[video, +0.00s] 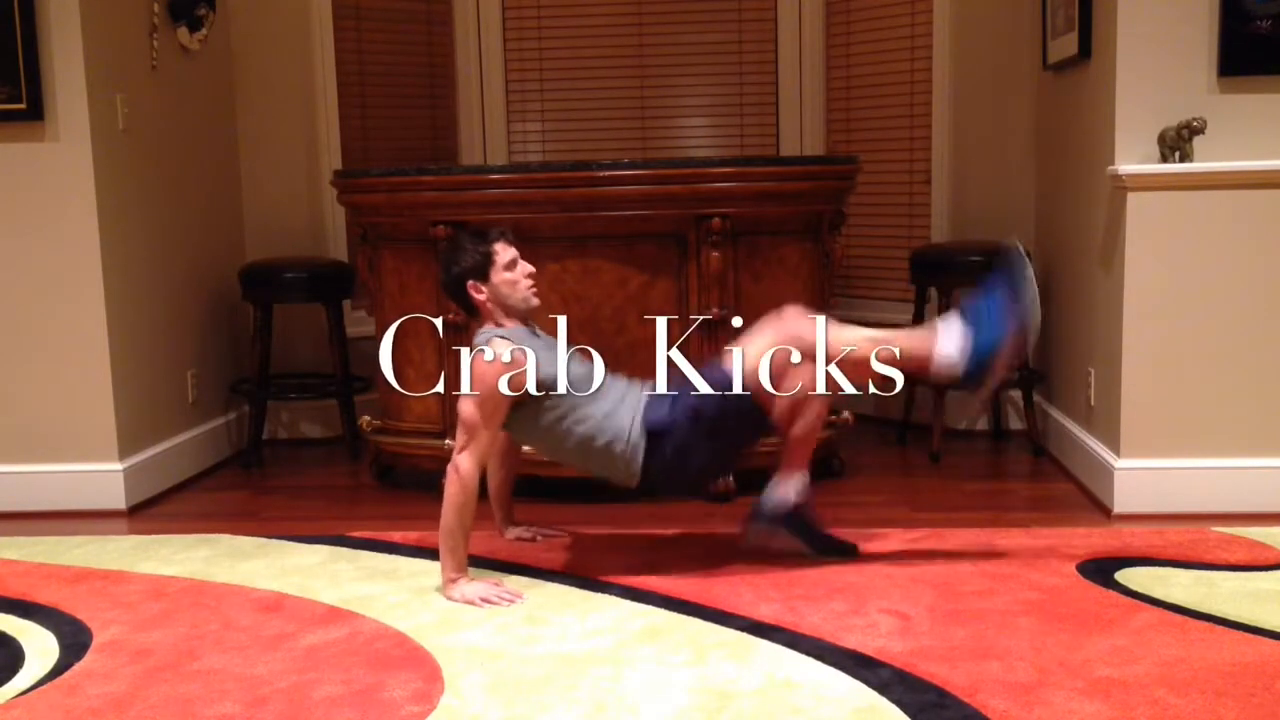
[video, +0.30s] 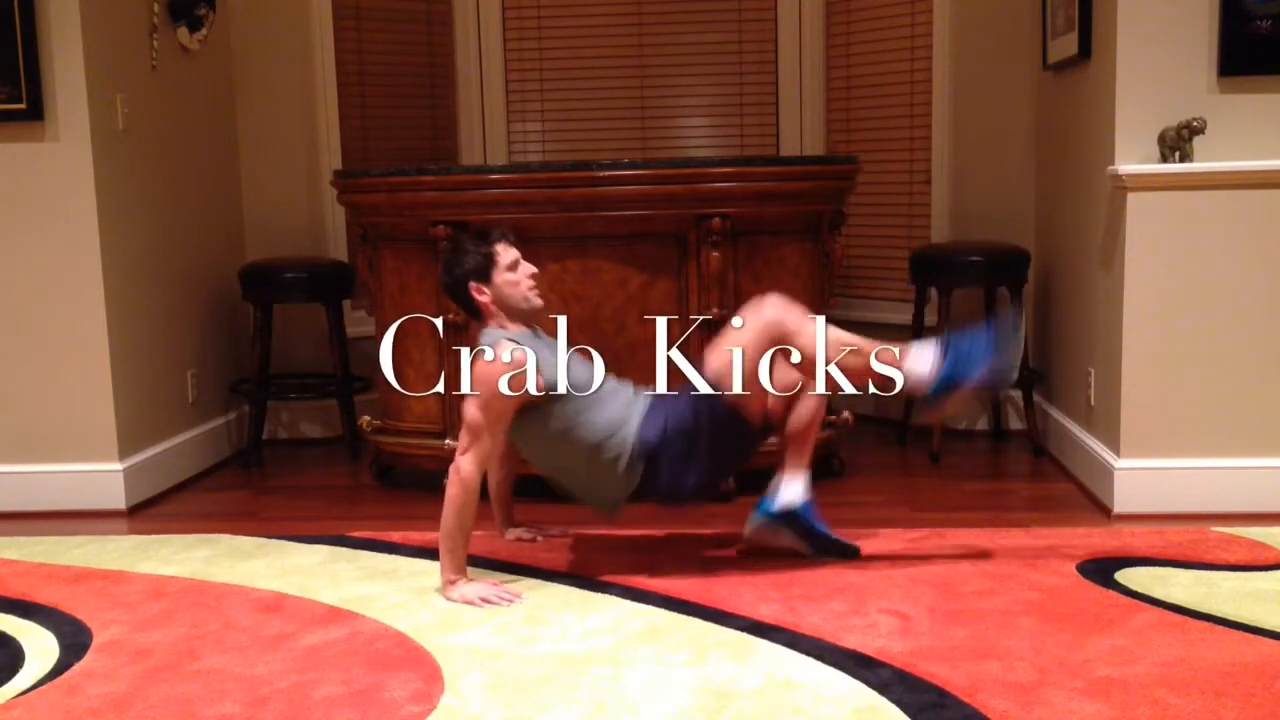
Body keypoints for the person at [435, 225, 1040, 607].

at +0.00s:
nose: (528, 272)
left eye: (523, 262)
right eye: (512, 268)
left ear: (509, 281)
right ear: (480, 294)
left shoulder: (522, 342)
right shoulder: (496, 360)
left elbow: (503, 441)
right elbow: (462, 466)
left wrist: (503, 523)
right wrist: (453, 577)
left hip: (668, 420)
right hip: (661, 446)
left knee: (803, 341)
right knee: (795, 333)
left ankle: (783, 503)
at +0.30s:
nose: (532, 273)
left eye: (525, 262)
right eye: (515, 268)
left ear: (507, 284)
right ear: (483, 295)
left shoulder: (525, 345)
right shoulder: (499, 361)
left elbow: (501, 443)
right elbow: (464, 467)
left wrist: (502, 523)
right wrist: (452, 577)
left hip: (669, 431)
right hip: (661, 449)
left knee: (811, 353)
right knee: (775, 316)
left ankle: (785, 500)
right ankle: (921, 366)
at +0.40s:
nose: (523, 268)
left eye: (517, 258)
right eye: (507, 263)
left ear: (486, 283)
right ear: (474, 287)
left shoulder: (508, 335)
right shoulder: (490, 356)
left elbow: (497, 440)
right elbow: (465, 462)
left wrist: (502, 523)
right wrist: (452, 576)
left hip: (663, 410)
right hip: (667, 440)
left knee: (781, 301)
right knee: (792, 309)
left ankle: (865, 434)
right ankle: (843, 465)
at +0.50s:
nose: (526, 272)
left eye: (521, 262)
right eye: (511, 266)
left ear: (498, 282)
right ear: (478, 290)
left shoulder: (515, 340)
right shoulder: (492, 358)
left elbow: (498, 442)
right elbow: (463, 466)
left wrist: (501, 524)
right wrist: (452, 577)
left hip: (656, 407)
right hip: (651, 445)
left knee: (775, 313)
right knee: (806, 366)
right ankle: (789, 513)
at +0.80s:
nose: (523, 273)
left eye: (517, 264)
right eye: (507, 268)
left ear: (494, 286)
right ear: (475, 293)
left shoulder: (511, 342)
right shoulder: (490, 360)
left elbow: (494, 442)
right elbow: (458, 465)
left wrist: (500, 526)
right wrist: (451, 577)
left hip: (653, 412)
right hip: (648, 447)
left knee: (758, 303)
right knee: (811, 374)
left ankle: (896, 364)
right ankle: (785, 523)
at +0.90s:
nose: (511, 269)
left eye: (507, 260)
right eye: (496, 265)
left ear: (486, 281)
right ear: (464, 289)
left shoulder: (503, 334)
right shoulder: (482, 355)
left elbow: (496, 439)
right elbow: (456, 462)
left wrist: (500, 521)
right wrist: (450, 576)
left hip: (648, 394)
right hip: (654, 431)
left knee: (772, 285)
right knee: (791, 313)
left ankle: (817, 448)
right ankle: (871, 454)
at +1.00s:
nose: (515, 271)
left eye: (510, 261)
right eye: (499, 267)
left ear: (492, 282)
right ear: (468, 292)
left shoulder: (511, 340)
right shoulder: (483, 357)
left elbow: (494, 442)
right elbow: (453, 466)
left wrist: (503, 523)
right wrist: (450, 574)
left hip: (646, 413)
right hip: (640, 444)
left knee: (782, 331)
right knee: (779, 324)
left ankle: (779, 481)